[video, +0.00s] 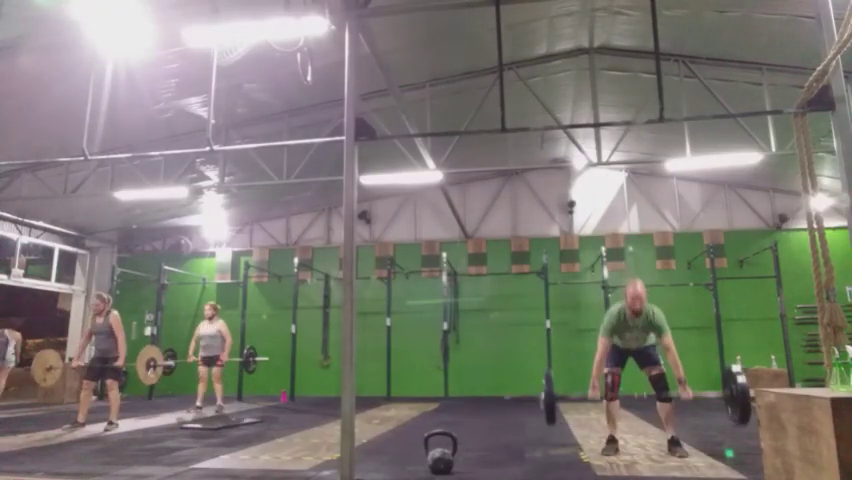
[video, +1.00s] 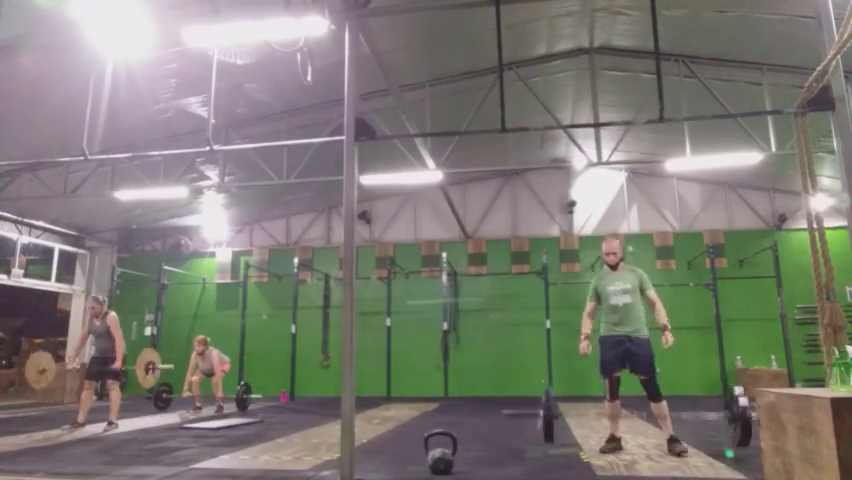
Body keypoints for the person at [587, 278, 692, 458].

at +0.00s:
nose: (636, 303)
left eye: (640, 298)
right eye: (633, 298)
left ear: (645, 298)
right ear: (626, 298)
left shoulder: (654, 315)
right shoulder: (614, 314)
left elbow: (669, 348)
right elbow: (602, 347)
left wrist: (681, 381)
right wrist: (595, 379)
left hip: (645, 346)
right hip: (618, 347)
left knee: (662, 385)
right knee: (610, 387)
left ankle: (672, 439)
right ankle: (612, 438)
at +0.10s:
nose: (625, 248)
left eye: (628, 245)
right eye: (621, 245)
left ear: (634, 248)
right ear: (615, 250)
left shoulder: (648, 272)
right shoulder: (608, 275)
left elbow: (662, 303)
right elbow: (597, 307)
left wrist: (675, 333)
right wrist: (591, 336)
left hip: (648, 336)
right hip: (619, 337)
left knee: (657, 387)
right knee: (617, 388)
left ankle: (673, 439)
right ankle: (612, 438)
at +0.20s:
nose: (627, 250)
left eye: (630, 246)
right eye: (623, 247)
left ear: (636, 249)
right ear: (617, 251)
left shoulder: (648, 274)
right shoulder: (609, 277)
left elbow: (662, 306)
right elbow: (599, 309)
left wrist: (675, 336)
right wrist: (592, 338)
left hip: (647, 337)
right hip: (618, 337)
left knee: (657, 386)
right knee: (617, 386)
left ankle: (673, 439)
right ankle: (612, 438)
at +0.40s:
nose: (637, 307)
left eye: (640, 303)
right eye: (634, 302)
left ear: (645, 302)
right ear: (626, 302)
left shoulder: (655, 317)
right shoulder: (614, 316)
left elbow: (669, 351)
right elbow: (601, 351)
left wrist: (681, 384)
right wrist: (594, 384)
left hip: (645, 347)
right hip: (618, 348)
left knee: (662, 385)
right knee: (610, 386)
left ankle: (672, 439)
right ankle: (612, 438)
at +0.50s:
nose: (624, 249)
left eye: (627, 245)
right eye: (620, 246)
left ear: (633, 248)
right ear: (614, 250)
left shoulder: (647, 273)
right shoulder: (607, 275)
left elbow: (661, 305)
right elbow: (596, 307)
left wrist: (674, 333)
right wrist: (590, 336)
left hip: (647, 336)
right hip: (618, 337)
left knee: (656, 386)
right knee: (617, 387)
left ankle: (673, 439)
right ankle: (612, 438)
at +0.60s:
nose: (628, 254)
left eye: (631, 250)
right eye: (624, 251)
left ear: (637, 254)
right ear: (617, 255)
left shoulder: (648, 278)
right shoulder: (608, 280)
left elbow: (662, 310)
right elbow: (598, 312)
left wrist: (675, 342)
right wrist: (590, 344)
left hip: (645, 339)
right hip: (617, 339)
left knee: (658, 387)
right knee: (615, 387)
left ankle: (673, 439)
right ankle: (612, 438)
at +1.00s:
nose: (610, 257)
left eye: (614, 253)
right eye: (607, 254)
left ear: (622, 253)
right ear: (602, 255)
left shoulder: (637, 275)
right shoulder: (598, 279)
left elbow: (655, 302)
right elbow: (588, 313)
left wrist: (665, 328)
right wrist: (585, 337)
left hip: (639, 338)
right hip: (610, 339)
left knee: (652, 388)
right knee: (611, 389)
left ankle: (672, 438)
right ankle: (614, 437)